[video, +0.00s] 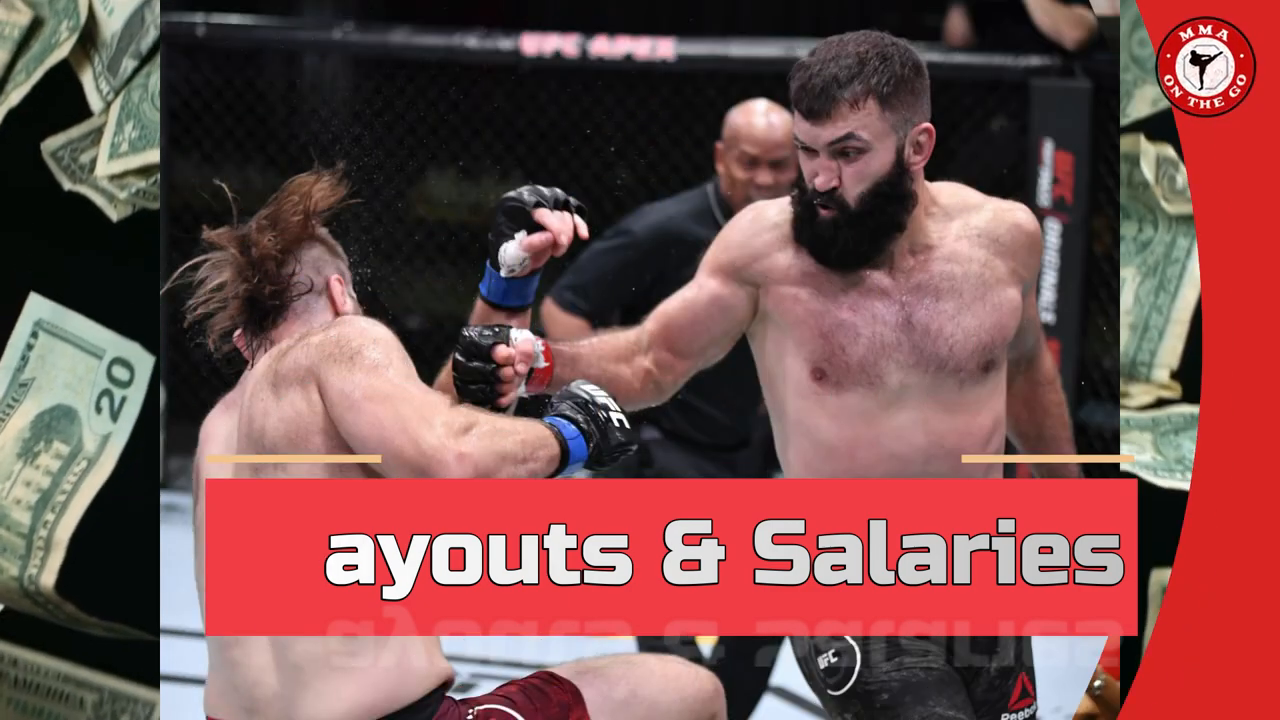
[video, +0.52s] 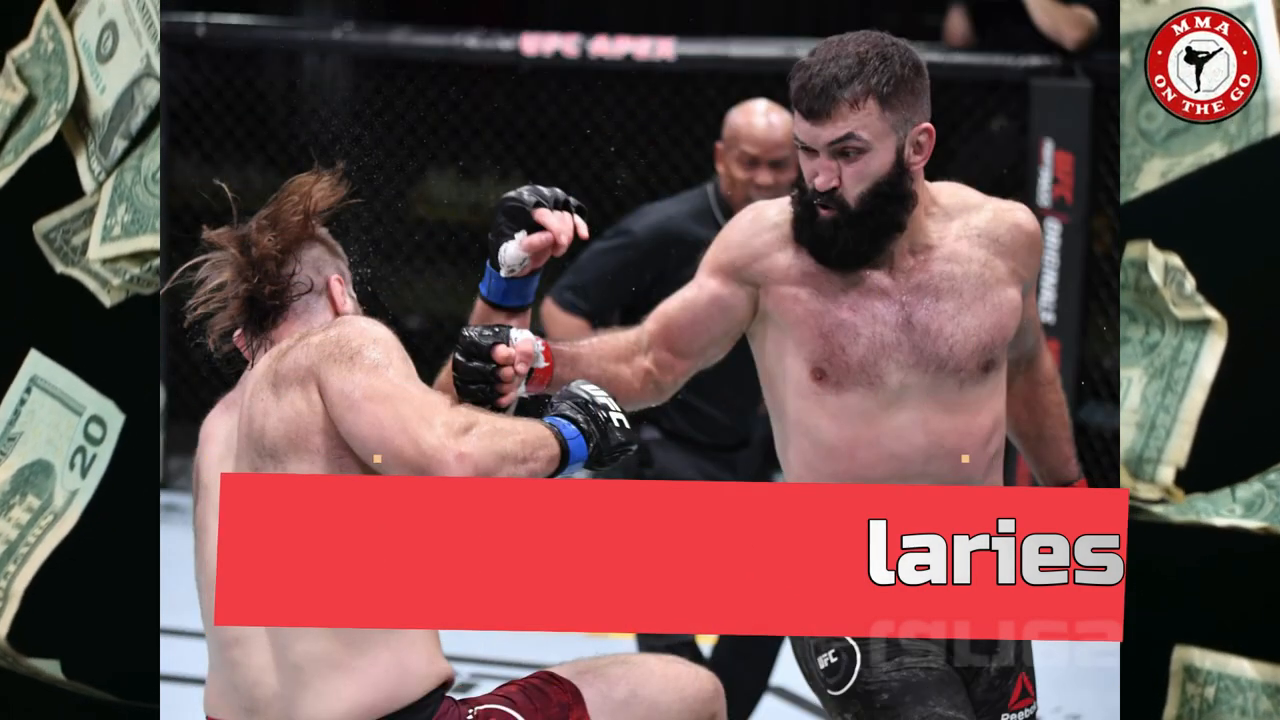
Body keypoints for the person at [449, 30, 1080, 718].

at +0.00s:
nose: (816, 178)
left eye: (846, 152)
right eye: (806, 152)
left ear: (918, 145)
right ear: (794, 140)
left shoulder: (1007, 234)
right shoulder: (761, 242)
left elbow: (1027, 371)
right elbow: (651, 361)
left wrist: (1069, 518)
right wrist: (537, 367)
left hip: (986, 588)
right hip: (845, 598)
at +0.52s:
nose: (815, 178)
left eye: (844, 153)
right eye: (805, 151)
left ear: (917, 145)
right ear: (794, 139)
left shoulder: (1008, 235)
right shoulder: (762, 239)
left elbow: (1026, 368)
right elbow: (651, 359)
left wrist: (1074, 504)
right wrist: (538, 367)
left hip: (984, 587)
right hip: (841, 596)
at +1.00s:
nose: (817, 177)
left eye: (845, 152)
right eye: (805, 151)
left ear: (918, 144)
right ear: (790, 140)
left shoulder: (1006, 235)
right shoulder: (758, 243)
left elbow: (1028, 367)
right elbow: (650, 361)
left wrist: (1075, 507)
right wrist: (537, 368)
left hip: (982, 595)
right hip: (845, 607)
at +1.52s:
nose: (817, 177)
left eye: (845, 152)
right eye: (805, 151)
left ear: (918, 144)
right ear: (791, 140)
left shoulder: (1006, 235)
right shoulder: (758, 243)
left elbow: (1028, 367)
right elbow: (650, 361)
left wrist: (1075, 506)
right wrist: (538, 368)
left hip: (982, 594)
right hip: (845, 607)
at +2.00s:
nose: (818, 177)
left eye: (845, 151)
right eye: (805, 151)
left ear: (918, 143)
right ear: (790, 140)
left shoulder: (1006, 235)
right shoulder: (758, 243)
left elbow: (1028, 366)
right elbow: (650, 360)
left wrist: (1074, 506)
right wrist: (539, 368)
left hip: (982, 595)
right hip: (845, 607)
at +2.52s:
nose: (817, 177)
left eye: (845, 152)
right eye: (805, 151)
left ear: (918, 144)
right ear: (790, 140)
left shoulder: (1005, 235)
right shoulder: (758, 243)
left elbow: (1028, 367)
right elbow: (651, 361)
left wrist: (1075, 506)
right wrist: (538, 368)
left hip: (983, 594)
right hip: (845, 607)